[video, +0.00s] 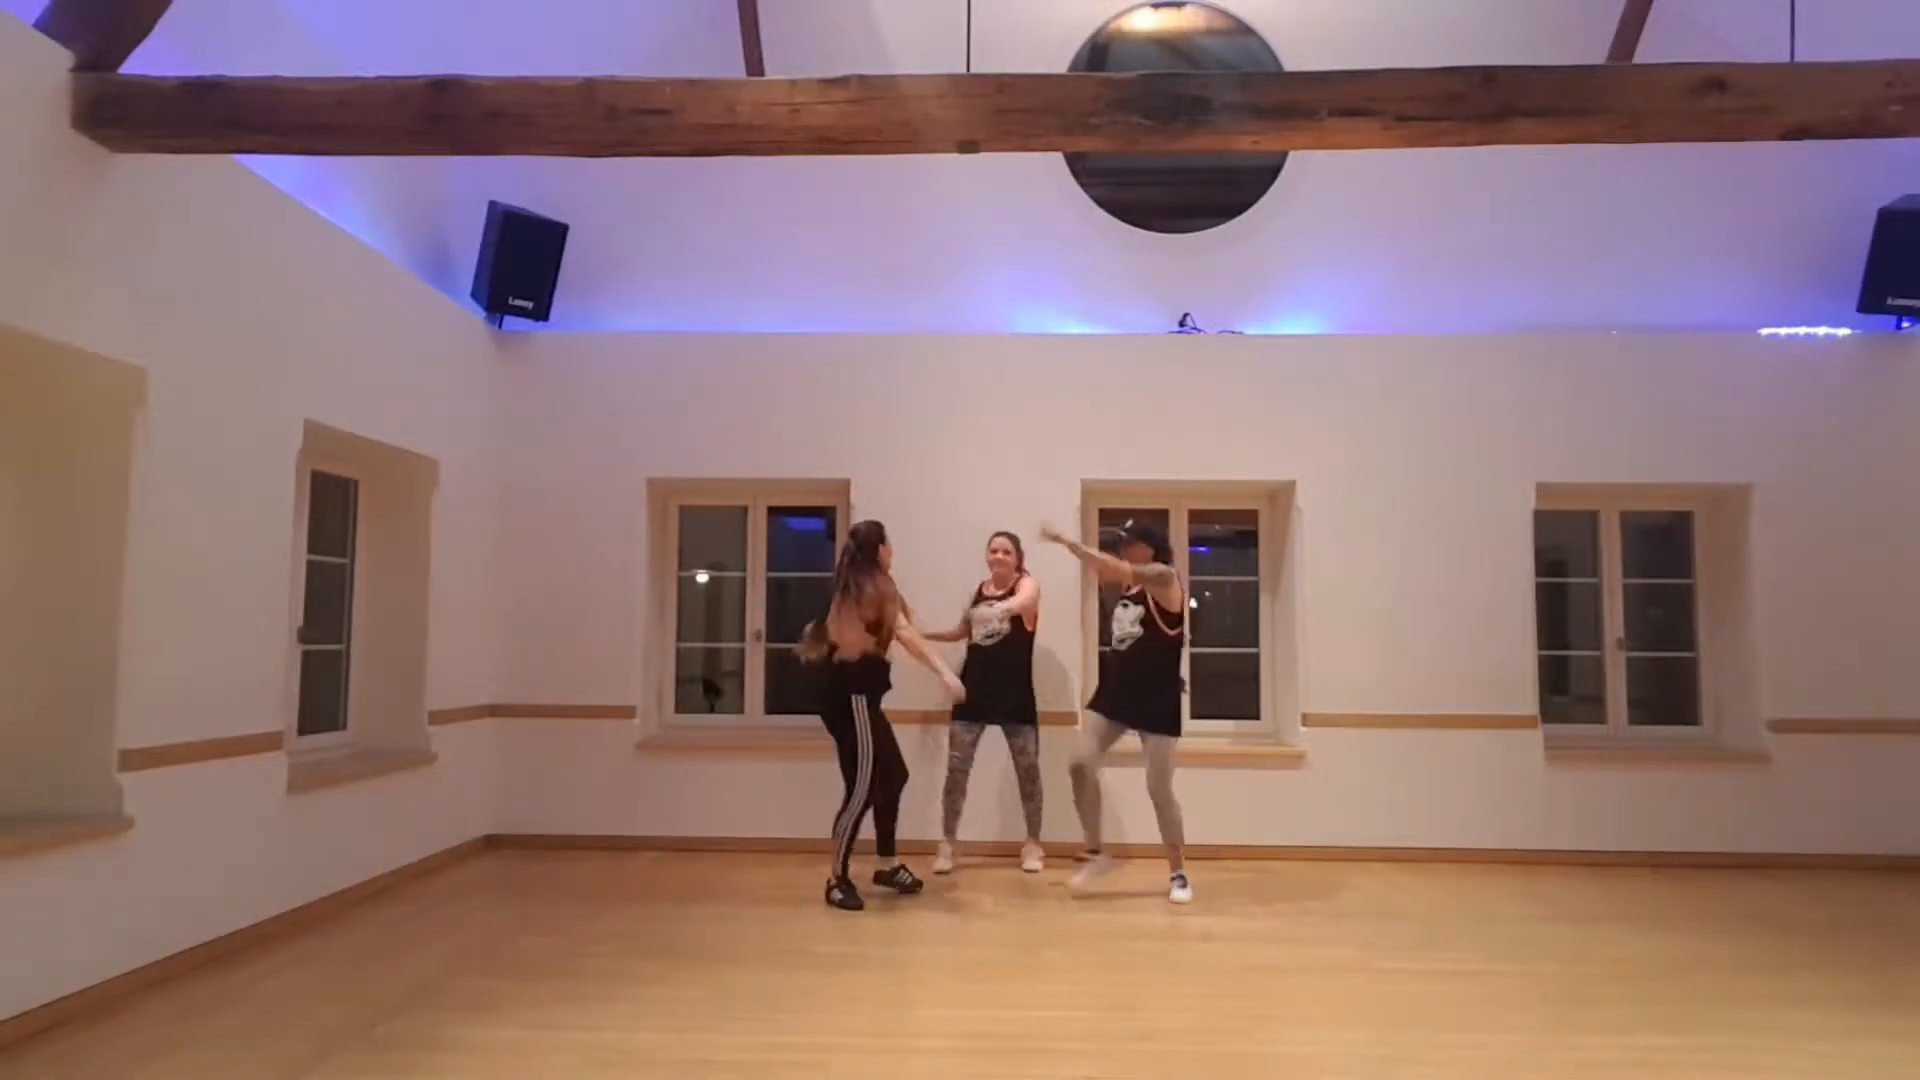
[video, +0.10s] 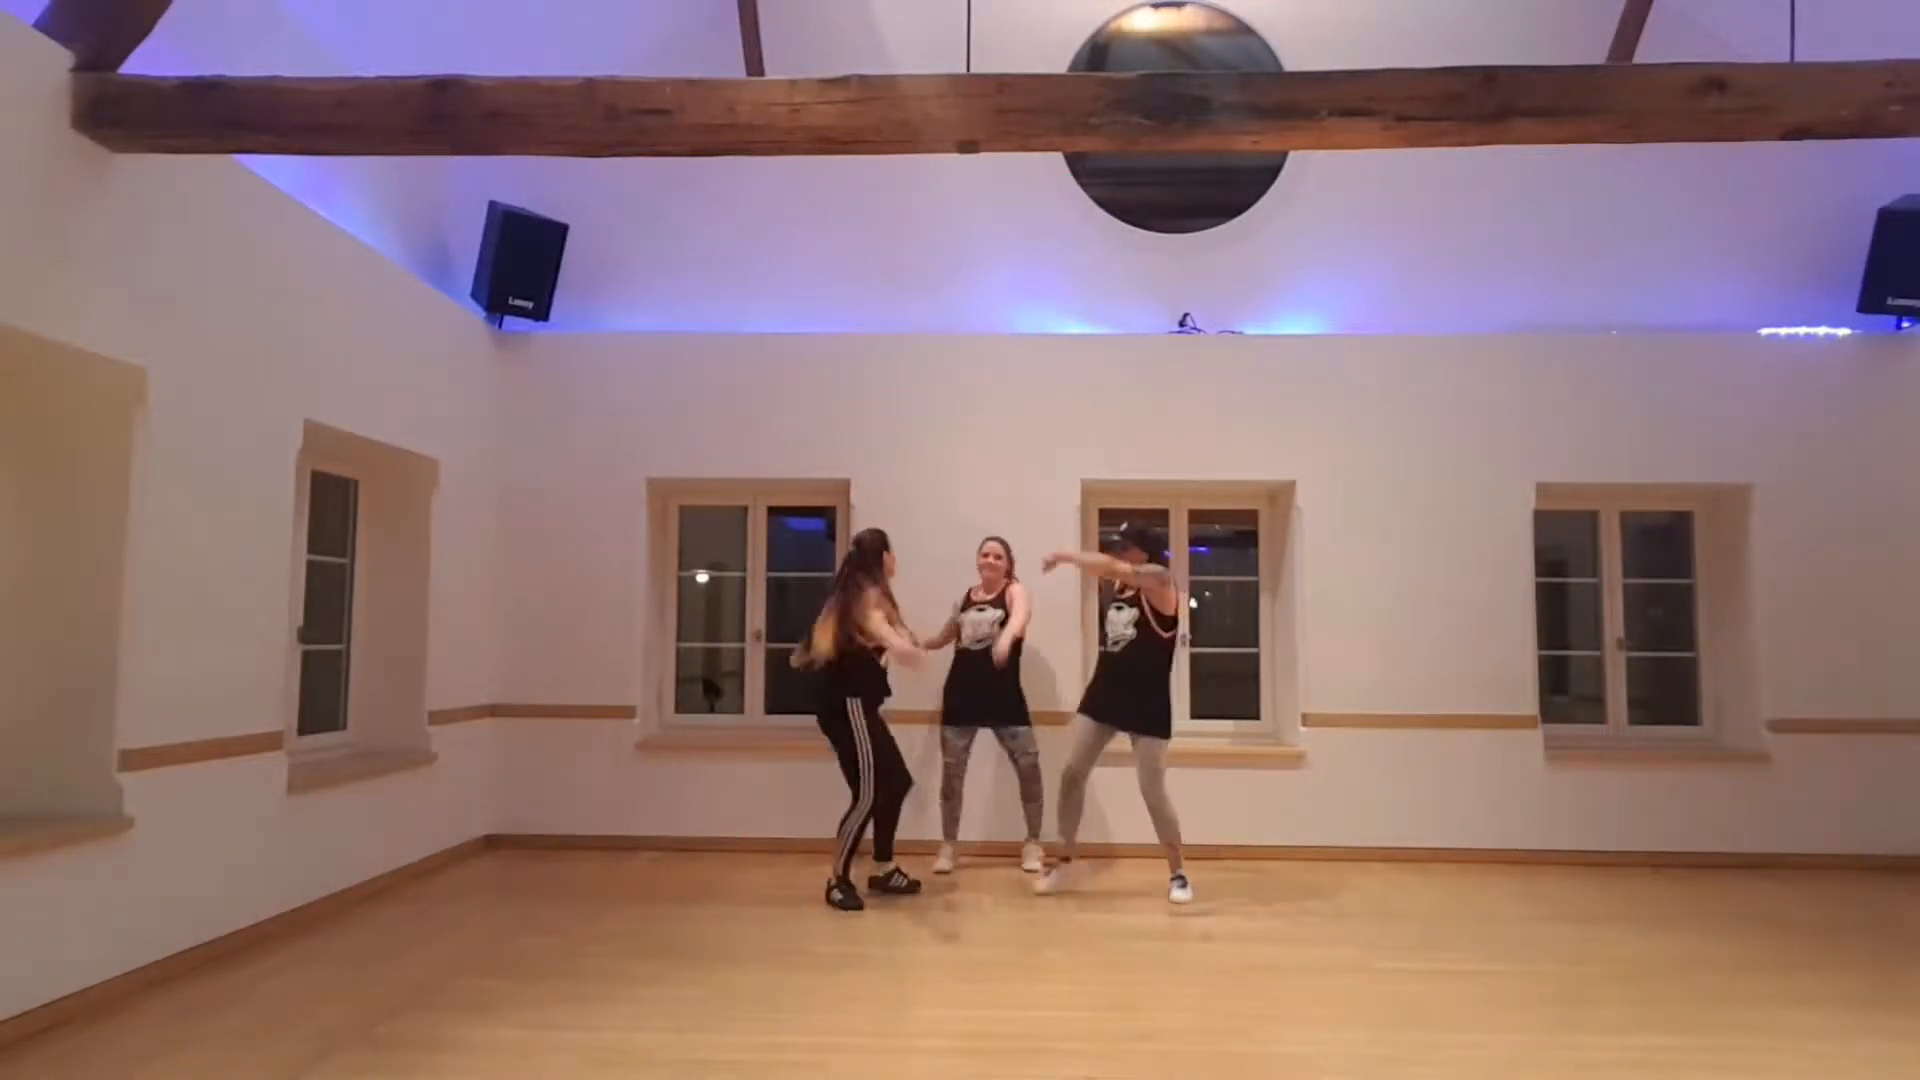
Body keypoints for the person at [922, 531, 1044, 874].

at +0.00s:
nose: (998, 557)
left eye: (1005, 552)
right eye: (994, 552)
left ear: (1018, 559)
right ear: (986, 558)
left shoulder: (1027, 585)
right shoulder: (981, 590)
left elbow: (1022, 601)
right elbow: (961, 632)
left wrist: (996, 609)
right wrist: (921, 634)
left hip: (1014, 692)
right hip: (974, 690)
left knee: (1027, 767)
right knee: (957, 767)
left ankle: (1033, 842)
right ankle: (947, 843)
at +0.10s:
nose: (989, 561)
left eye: (997, 557)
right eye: (984, 555)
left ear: (1008, 565)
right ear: (976, 562)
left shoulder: (1014, 590)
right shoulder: (968, 597)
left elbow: (1019, 616)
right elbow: (946, 635)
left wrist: (1005, 637)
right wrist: (921, 644)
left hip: (1001, 690)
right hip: (961, 690)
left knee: (1028, 762)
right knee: (952, 767)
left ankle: (1033, 842)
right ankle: (948, 844)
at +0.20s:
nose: (981, 566)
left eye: (987, 562)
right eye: (976, 561)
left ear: (996, 570)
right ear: (966, 567)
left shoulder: (1005, 602)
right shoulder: (953, 606)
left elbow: (1017, 643)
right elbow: (931, 647)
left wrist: (1014, 682)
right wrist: (904, 667)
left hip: (992, 701)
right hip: (952, 701)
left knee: (1023, 771)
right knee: (946, 776)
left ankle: (1033, 844)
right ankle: (949, 847)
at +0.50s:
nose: (969, 560)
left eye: (972, 554)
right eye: (961, 555)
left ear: (977, 560)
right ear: (944, 563)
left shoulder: (990, 597)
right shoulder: (931, 605)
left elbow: (1011, 644)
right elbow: (926, 658)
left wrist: (1030, 680)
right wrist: (941, 699)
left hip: (987, 694)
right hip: (947, 696)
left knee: (995, 769)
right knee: (948, 775)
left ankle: (1002, 844)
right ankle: (949, 845)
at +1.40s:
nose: (980, 567)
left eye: (986, 560)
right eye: (975, 563)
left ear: (1002, 567)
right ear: (971, 572)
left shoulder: (1018, 601)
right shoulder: (970, 613)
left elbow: (1035, 648)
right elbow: (967, 669)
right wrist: (986, 719)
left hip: (1023, 693)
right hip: (989, 700)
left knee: (1030, 773)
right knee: (999, 777)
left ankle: (1015, 849)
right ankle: (957, 844)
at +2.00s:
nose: (1030, 566)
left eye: (1036, 562)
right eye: (1024, 560)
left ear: (1044, 570)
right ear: (1012, 567)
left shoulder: (1050, 606)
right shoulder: (990, 597)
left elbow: (1053, 660)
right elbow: (966, 637)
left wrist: (1036, 706)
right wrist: (962, 682)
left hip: (1031, 702)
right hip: (990, 699)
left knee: (1027, 777)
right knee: (989, 775)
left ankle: (1021, 850)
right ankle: (987, 845)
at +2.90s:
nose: (1010, 572)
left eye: (1016, 566)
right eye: (1004, 565)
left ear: (1028, 570)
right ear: (996, 569)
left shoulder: (1037, 603)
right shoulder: (981, 603)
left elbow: (1050, 642)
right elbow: (960, 650)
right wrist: (986, 644)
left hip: (1024, 694)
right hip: (984, 695)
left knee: (1028, 774)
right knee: (978, 773)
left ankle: (1016, 849)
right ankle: (970, 851)